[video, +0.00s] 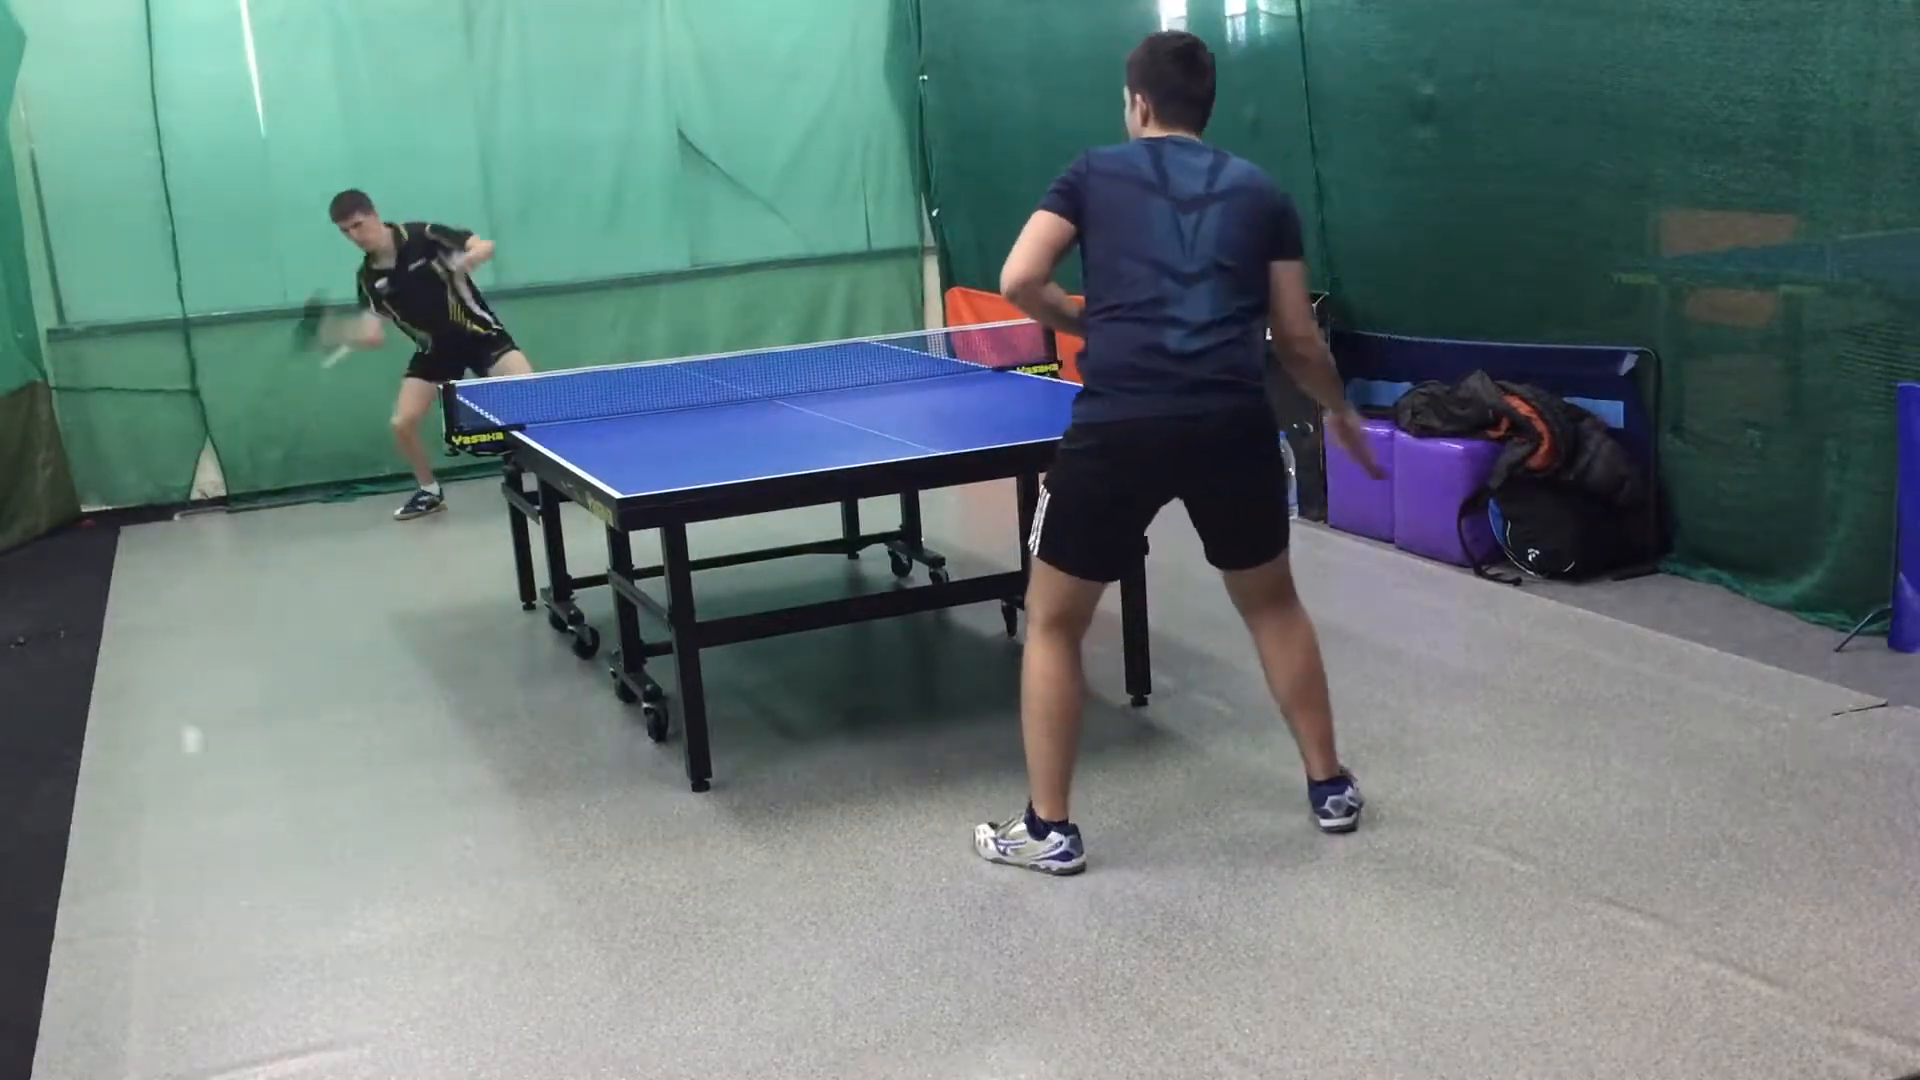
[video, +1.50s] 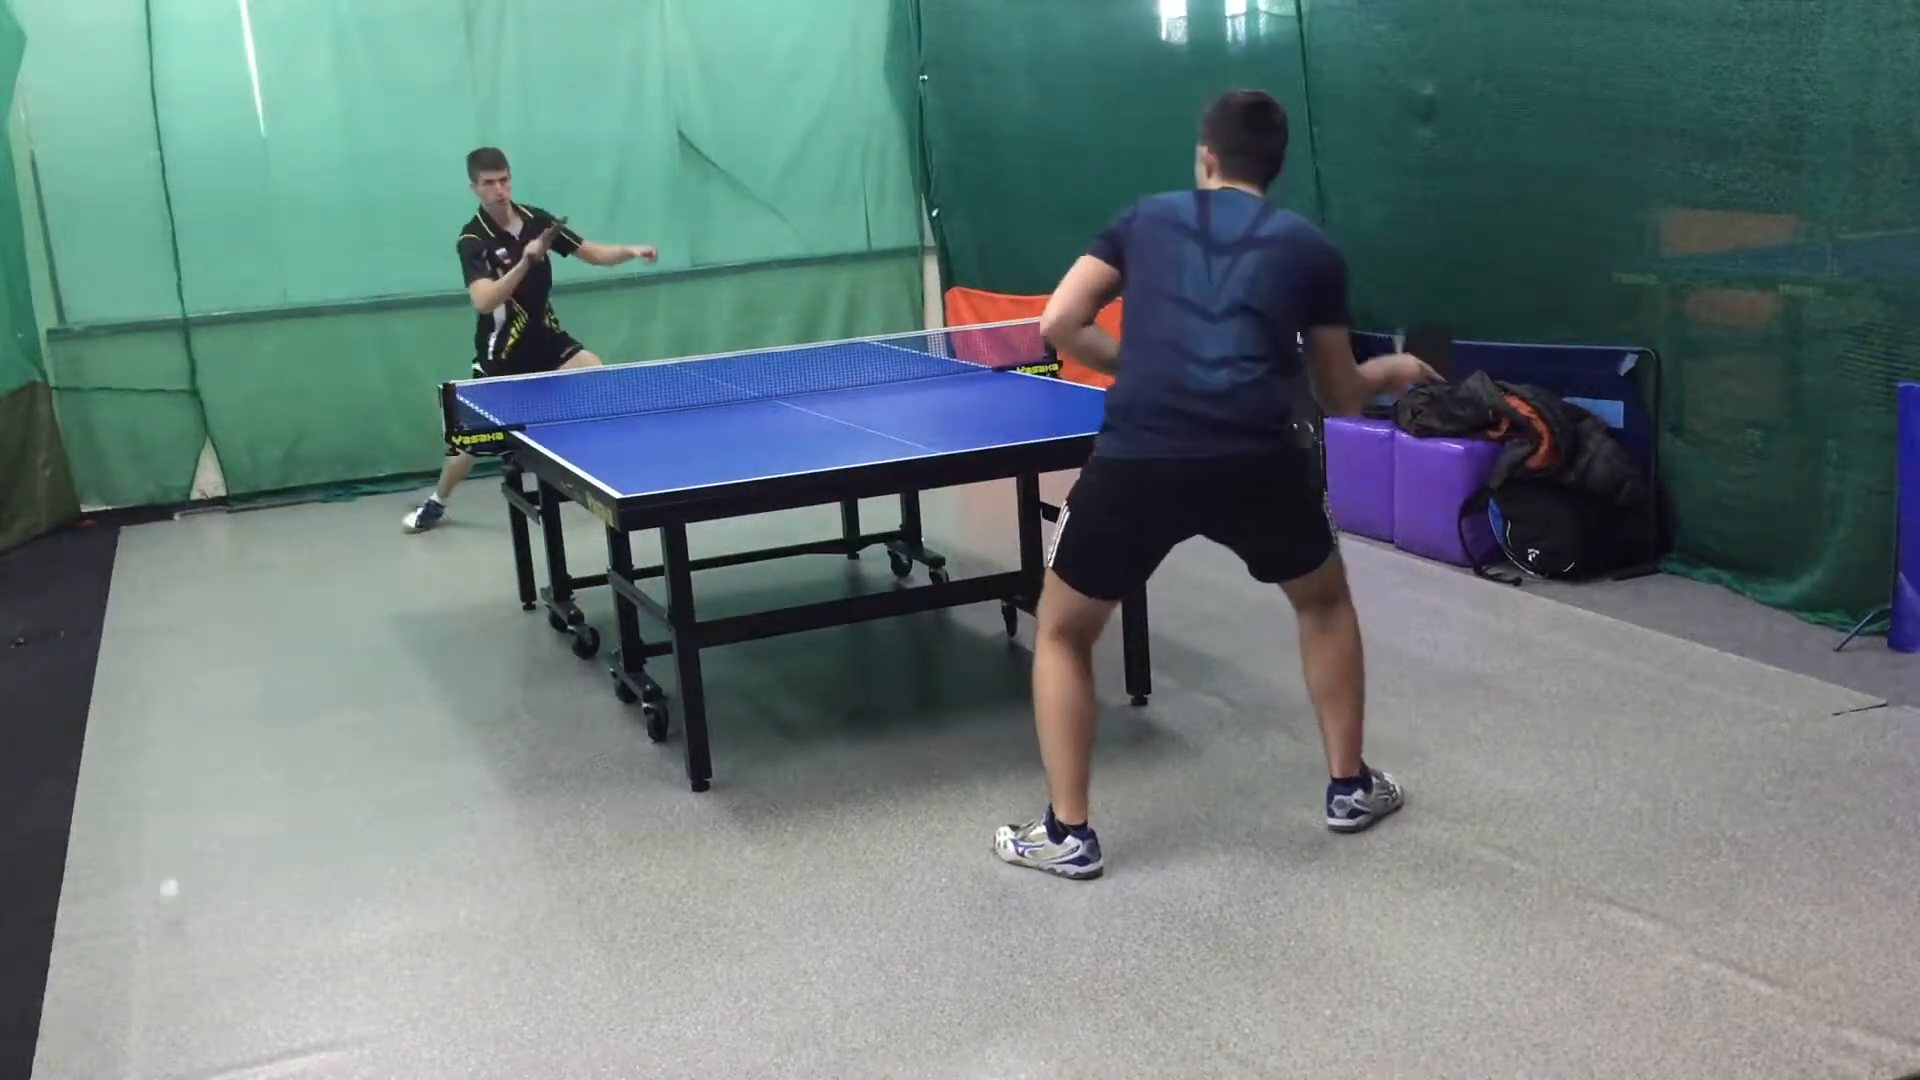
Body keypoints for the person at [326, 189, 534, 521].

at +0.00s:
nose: (355, 236)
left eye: (357, 226)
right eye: (347, 231)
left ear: (374, 215)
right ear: (344, 233)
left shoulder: (420, 235)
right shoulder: (367, 277)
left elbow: (484, 246)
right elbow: (375, 334)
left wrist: (466, 260)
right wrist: (349, 334)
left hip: (480, 334)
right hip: (434, 348)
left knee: (530, 393)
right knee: (403, 423)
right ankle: (429, 490)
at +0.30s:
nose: (430, 170)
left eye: (434, 161)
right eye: (420, 164)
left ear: (442, 159)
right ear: (406, 168)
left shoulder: (469, 198)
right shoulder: (406, 219)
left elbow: (523, 228)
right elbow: (410, 275)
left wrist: (559, 227)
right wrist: (425, 236)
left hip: (488, 317)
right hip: (439, 328)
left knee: (540, 385)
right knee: (421, 420)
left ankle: (518, 469)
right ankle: (397, 489)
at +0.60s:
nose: (422, 176)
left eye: (426, 167)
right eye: (413, 170)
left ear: (434, 164)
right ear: (398, 173)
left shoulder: (465, 204)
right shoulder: (395, 225)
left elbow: (512, 253)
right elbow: (390, 292)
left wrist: (541, 287)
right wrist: (416, 287)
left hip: (486, 312)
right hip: (437, 320)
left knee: (532, 384)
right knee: (403, 407)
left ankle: (540, 476)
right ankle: (409, 495)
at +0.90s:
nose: (372, 236)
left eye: (376, 226)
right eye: (363, 230)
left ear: (387, 218)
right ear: (352, 229)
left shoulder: (415, 255)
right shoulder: (375, 269)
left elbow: (422, 322)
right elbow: (384, 339)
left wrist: (378, 356)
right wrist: (343, 385)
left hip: (487, 337)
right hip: (441, 342)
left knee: (523, 396)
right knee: (392, 413)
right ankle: (410, 497)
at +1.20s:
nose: (421, 199)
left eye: (425, 188)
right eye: (413, 194)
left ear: (441, 181)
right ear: (409, 197)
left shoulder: (488, 211)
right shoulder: (423, 248)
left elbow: (555, 232)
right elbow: (434, 304)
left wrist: (543, 231)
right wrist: (430, 304)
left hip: (527, 328)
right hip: (478, 343)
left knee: (569, 384)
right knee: (446, 425)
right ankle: (425, 496)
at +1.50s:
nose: (499, 190)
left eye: (504, 181)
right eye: (489, 184)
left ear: (511, 180)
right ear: (474, 188)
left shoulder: (535, 219)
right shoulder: (473, 238)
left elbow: (592, 252)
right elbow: (484, 300)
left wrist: (630, 251)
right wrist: (526, 262)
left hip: (545, 337)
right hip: (499, 350)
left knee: (593, 372)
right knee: (472, 438)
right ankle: (438, 501)